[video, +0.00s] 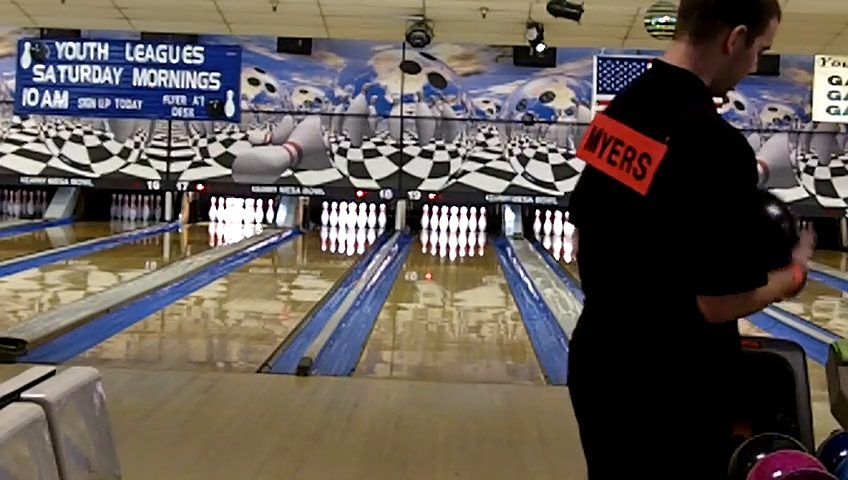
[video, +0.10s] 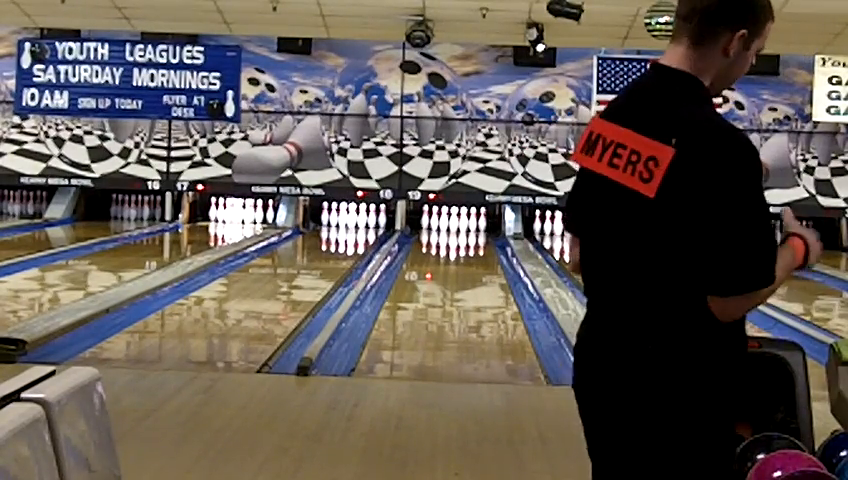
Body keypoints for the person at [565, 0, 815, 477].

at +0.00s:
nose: (754, 67)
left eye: (762, 55)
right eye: (759, 52)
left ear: (684, 26)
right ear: (734, 40)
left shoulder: (625, 105)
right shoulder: (718, 146)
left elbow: (586, 248)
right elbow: (717, 302)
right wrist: (788, 278)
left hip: (600, 352)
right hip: (679, 368)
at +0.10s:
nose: (748, 66)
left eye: (755, 55)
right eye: (754, 52)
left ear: (681, 24)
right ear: (735, 42)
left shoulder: (617, 112)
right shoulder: (724, 148)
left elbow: (582, 252)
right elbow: (730, 300)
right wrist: (796, 249)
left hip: (604, 357)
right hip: (689, 373)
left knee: (615, 479)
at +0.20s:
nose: (746, 69)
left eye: (751, 55)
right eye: (751, 53)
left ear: (677, 31)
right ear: (734, 46)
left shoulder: (609, 120)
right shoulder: (729, 148)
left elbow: (573, 263)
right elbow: (741, 299)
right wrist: (817, 248)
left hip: (605, 364)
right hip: (696, 376)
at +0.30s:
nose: (747, 66)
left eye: (751, 54)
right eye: (752, 52)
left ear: (675, 32)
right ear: (738, 47)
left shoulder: (608, 124)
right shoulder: (737, 148)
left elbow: (573, 270)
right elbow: (753, 303)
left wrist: (652, 278)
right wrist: (832, 251)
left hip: (607, 368)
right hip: (703, 377)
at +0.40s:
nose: (754, 57)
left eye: (756, 47)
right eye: (757, 46)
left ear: (678, 30)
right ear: (748, 45)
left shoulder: (613, 126)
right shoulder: (752, 148)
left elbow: (572, 270)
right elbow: (767, 304)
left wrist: (642, 284)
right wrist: (833, 247)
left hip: (614, 375)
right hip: (712, 382)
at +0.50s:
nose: (763, 50)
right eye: (765, 42)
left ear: (685, 30)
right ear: (760, 45)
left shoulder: (623, 128)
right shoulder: (772, 147)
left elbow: (573, 264)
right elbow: (791, 301)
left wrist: (631, 291)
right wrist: (835, 252)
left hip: (628, 379)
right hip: (729, 385)